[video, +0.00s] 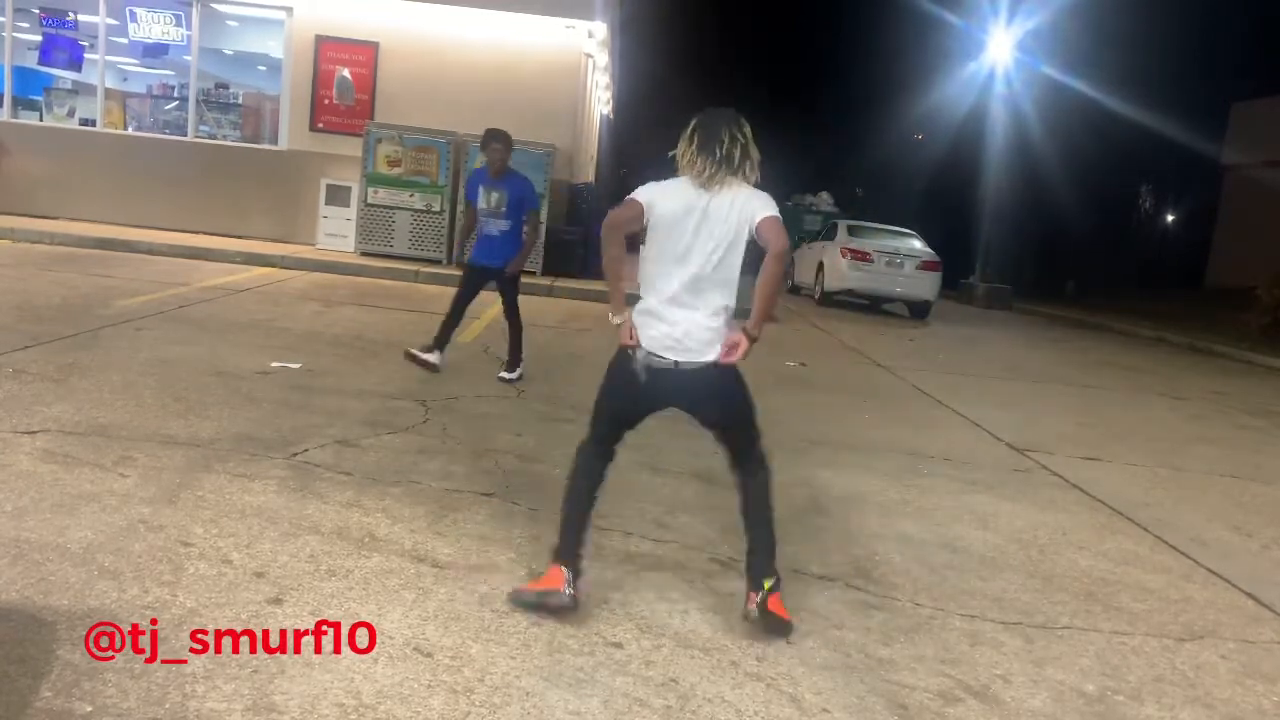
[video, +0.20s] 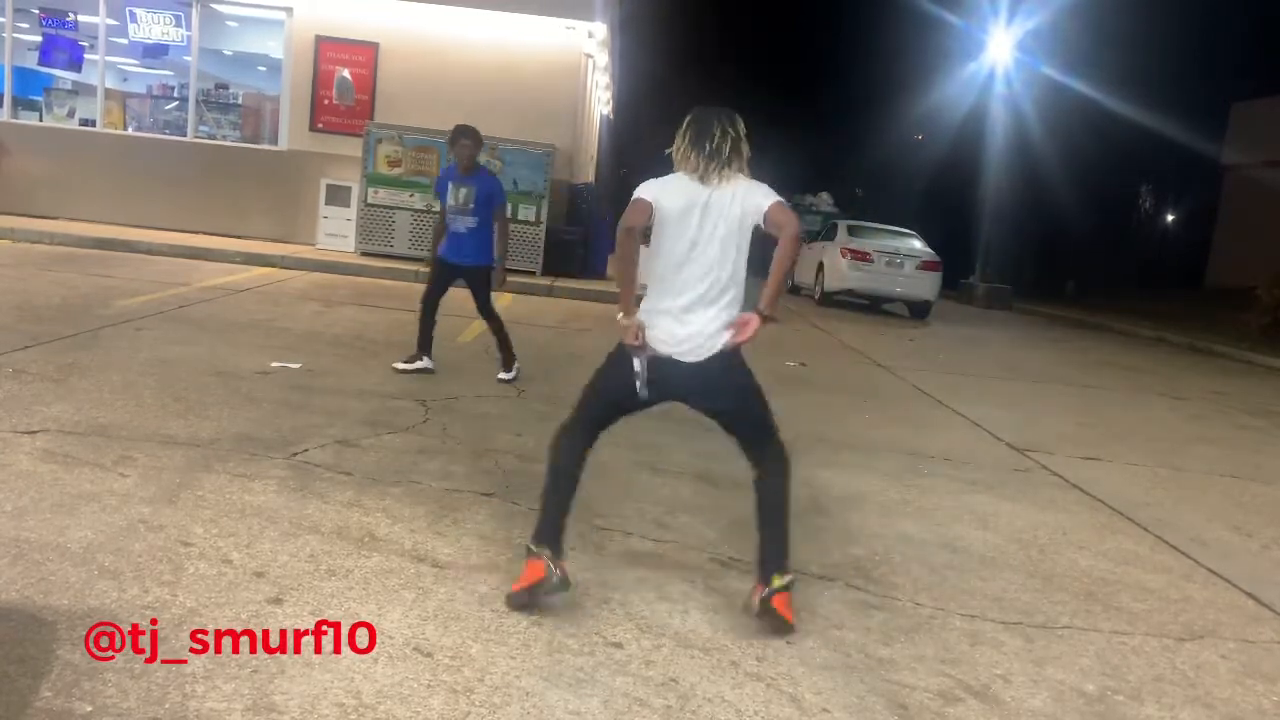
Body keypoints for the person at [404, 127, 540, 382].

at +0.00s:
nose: (497, 156)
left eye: (502, 151)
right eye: (493, 151)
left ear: (510, 154)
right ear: (484, 153)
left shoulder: (522, 185)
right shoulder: (475, 179)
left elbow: (533, 228)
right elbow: (470, 217)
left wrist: (520, 259)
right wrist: (459, 247)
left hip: (508, 260)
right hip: (481, 256)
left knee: (511, 312)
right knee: (460, 301)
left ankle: (514, 365)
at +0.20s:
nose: (467, 152)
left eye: (472, 147)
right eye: (462, 147)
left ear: (479, 151)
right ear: (452, 149)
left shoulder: (490, 183)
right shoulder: (445, 178)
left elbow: (502, 224)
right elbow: (443, 219)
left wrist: (501, 264)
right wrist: (434, 253)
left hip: (478, 260)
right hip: (449, 256)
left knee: (485, 309)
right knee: (428, 302)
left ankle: (509, 361)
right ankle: (423, 356)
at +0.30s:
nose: (450, 145)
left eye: (454, 140)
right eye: (445, 140)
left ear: (462, 143)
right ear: (436, 142)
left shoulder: (473, 176)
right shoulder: (427, 171)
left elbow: (485, 220)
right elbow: (424, 211)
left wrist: (483, 260)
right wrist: (413, 245)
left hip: (459, 253)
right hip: (432, 250)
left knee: (455, 303)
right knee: (422, 301)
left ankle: (480, 352)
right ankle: (423, 354)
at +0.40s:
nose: (439, 141)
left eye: (444, 136)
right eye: (434, 135)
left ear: (452, 139)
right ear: (426, 138)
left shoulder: (464, 172)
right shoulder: (416, 166)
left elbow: (474, 215)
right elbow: (409, 208)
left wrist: (468, 249)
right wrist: (398, 246)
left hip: (449, 247)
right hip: (422, 245)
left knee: (437, 298)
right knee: (419, 299)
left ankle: (449, 359)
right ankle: (422, 355)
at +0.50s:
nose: (428, 140)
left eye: (433, 135)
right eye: (423, 134)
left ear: (439, 138)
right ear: (412, 136)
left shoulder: (450, 170)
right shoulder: (400, 164)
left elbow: (458, 214)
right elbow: (391, 207)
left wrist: (451, 250)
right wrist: (381, 246)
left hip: (435, 246)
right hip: (408, 244)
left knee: (415, 301)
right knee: (411, 301)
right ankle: (422, 354)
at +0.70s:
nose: (413, 141)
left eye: (419, 136)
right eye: (408, 134)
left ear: (426, 140)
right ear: (396, 137)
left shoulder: (434, 176)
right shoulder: (382, 164)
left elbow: (438, 220)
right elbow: (376, 207)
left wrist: (433, 256)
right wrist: (366, 247)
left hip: (411, 248)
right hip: (385, 245)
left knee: (387, 304)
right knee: (395, 303)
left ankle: (365, 365)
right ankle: (419, 354)